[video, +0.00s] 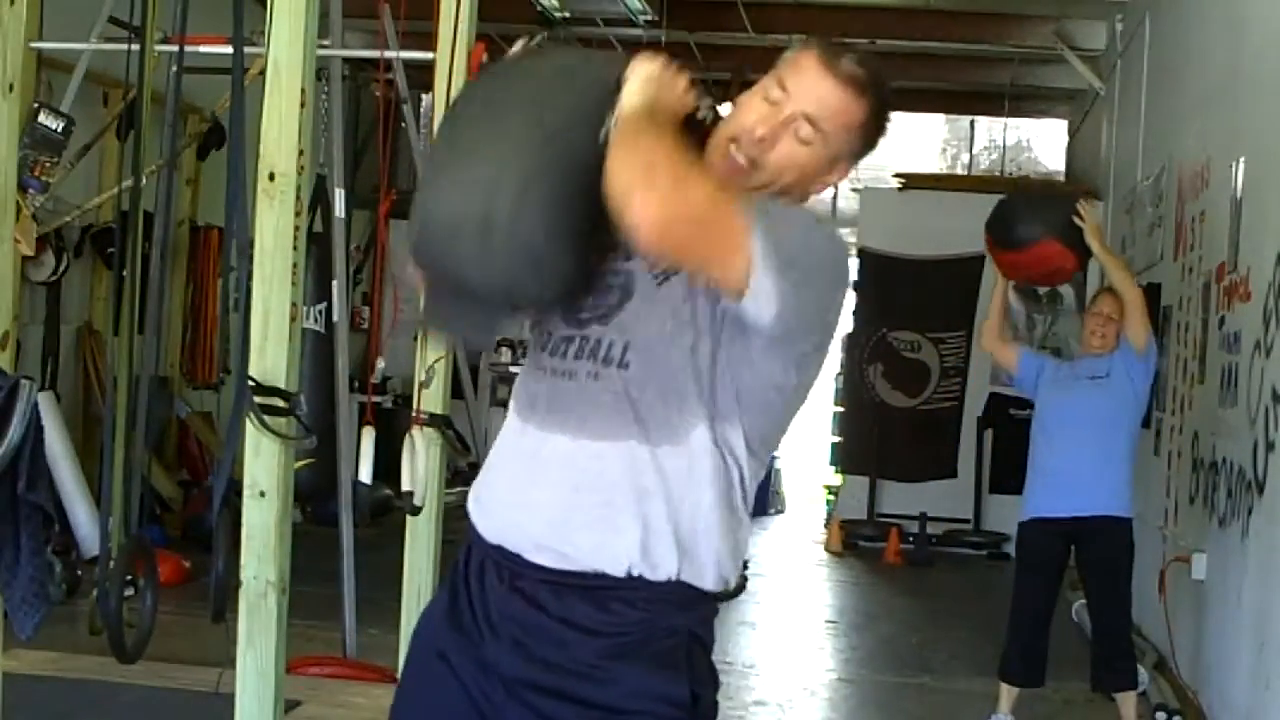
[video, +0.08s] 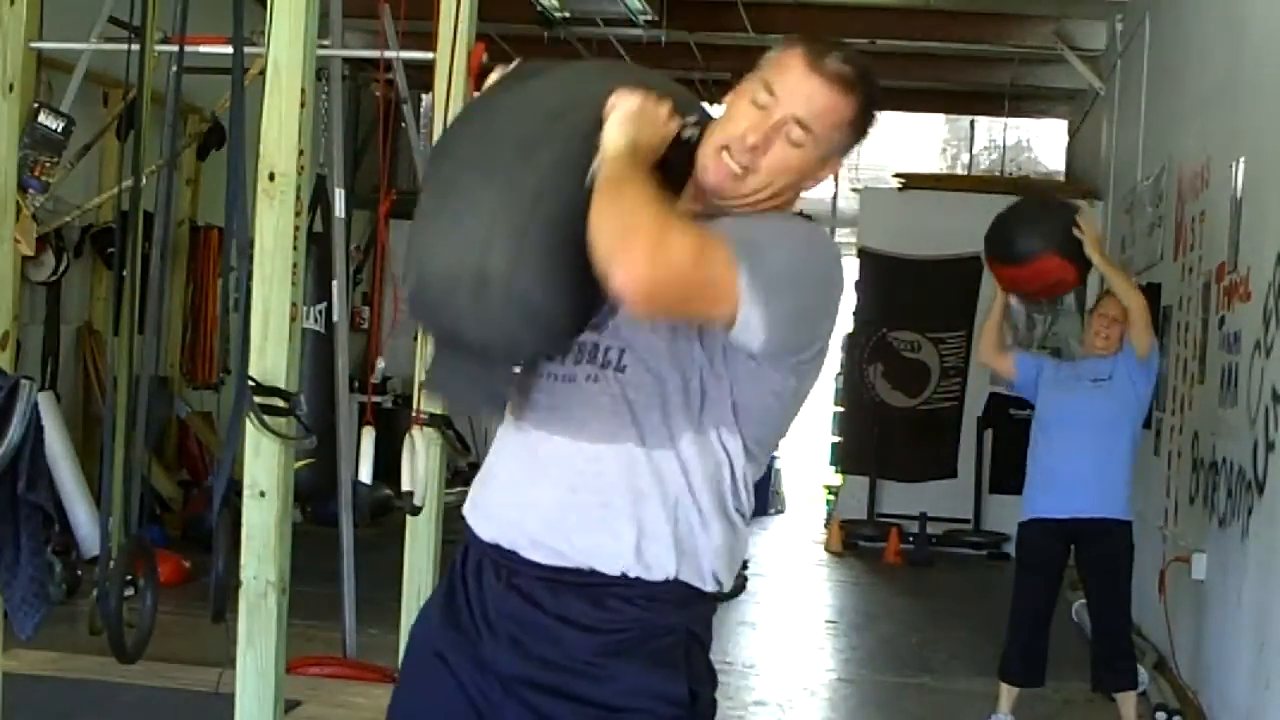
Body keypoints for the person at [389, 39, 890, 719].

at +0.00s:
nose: (762, 128)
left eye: (804, 132)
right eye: (773, 95)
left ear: (829, 178)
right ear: (752, 83)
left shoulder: (808, 258)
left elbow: (656, 210)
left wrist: (648, 107)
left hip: (630, 637)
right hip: (481, 597)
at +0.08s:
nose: (754, 137)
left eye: (795, 135)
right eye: (761, 100)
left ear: (822, 174)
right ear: (733, 90)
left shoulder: (802, 260)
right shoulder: (619, 200)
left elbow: (644, 270)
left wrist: (627, 147)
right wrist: (503, 125)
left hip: (628, 639)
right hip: (476, 601)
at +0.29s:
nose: (724, 132)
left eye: (761, 121)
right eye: (720, 93)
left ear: (787, 140)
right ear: (685, 72)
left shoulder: (788, 237)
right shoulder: (592, 189)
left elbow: (648, 355)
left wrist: (587, 201)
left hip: (648, 632)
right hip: (491, 597)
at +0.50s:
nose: (688, 137)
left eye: (724, 116)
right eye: (677, 94)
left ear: (758, 109)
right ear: (645, 59)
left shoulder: (775, 221)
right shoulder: (550, 158)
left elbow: (723, 425)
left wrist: (577, 292)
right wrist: (428, 258)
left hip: (684, 621)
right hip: (512, 602)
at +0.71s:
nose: (653, 188)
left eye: (686, 163)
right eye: (636, 149)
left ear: (725, 137)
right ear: (600, 102)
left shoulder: (767, 249)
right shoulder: (523, 224)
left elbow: (809, 474)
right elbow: (432, 336)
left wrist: (622, 462)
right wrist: (432, 429)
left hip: (710, 617)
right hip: (546, 602)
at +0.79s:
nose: (638, 227)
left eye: (669, 202)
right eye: (620, 190)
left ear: (707, 171)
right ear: (582, 140)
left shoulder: (764, 272)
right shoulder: (510, 249)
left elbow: (827, 491)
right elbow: (424, 364)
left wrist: (651, 537)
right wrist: (456, 502)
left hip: (719, 615)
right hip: (548, 607)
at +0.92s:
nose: (620, 273)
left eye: (653, 246)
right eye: (599, 239)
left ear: (693, 203)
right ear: (563, 184)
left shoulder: (759, 311)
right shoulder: (500, 279)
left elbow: (811, 522)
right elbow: (438, 403)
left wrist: (649, 605)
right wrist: (459, 534)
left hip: (726, 600)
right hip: (555, 587)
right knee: (418, 699)